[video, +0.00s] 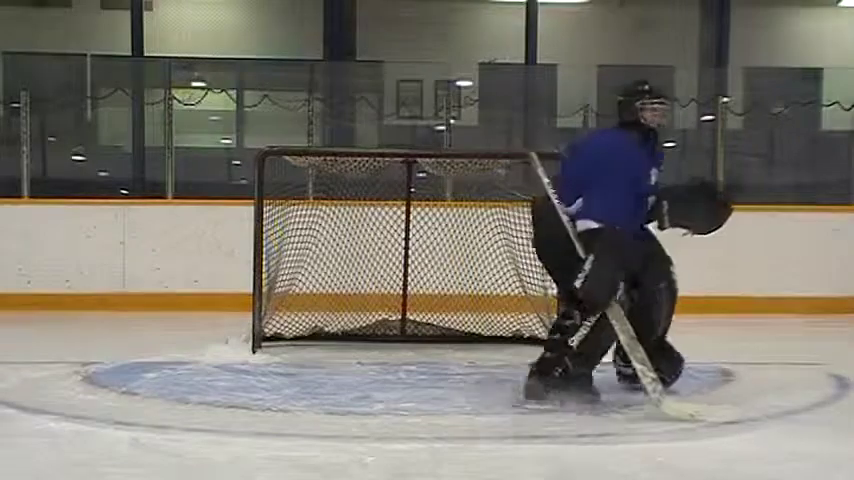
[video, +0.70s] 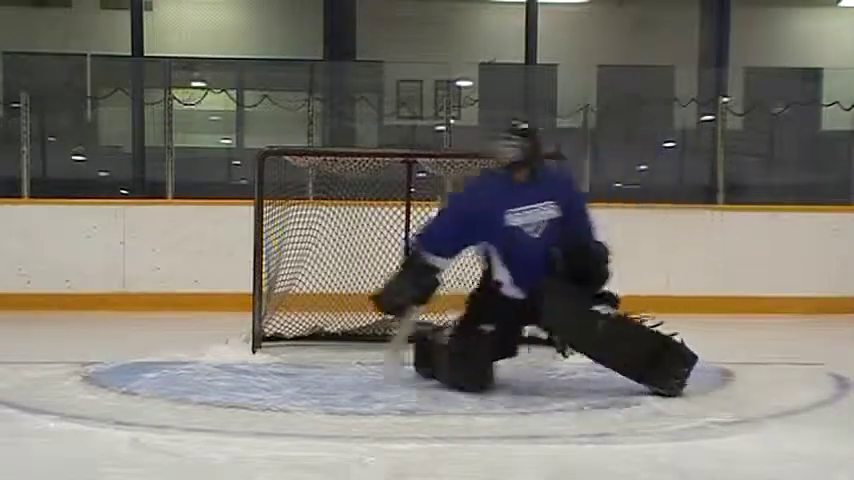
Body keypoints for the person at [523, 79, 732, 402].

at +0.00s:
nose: (659, 117)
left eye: (662, 111)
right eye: (653, 110)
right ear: (633, 112)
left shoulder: (652, 149)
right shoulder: (608, 144)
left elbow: (639, 198)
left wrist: (666, 207)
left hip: (634, 230)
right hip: (599, 228)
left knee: (659, 286)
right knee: (604, 298)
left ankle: (639, 361)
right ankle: (568, 369)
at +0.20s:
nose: (662, 118)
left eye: (666, 111)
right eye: (655, 110)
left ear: (669, 113)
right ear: (636, 112)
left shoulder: (663, 150)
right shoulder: (608, 147)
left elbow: (651, 207)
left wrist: (690, 210)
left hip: (642, 237)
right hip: (599, 238)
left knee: (671, 296)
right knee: (585, 306)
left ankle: (668, 364)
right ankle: (520, 367)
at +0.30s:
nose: (648, 120)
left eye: (655, 114)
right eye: (641, 113)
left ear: (663, 120)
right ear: (627, 115)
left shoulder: (665, 153)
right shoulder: (611, 151)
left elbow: (656, 209)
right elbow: (615, 209)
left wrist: (681, 220)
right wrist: (630, 256)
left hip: (628, 236)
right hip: (583, 234)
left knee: (662, 296)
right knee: (565, 299)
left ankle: (675, 372)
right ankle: (503, 363)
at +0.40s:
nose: (629, 127)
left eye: (636, 121)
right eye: (623, 119)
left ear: (646, 124)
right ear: (611, 122)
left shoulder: (653, 159)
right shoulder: (595, 156)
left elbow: (653, 211)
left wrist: (678, 228)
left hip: (627, 251)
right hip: (583, 251)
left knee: (656, 308)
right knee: (548, 316)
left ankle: (684, 374)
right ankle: (491, 365)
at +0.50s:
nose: (601, 141)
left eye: (609, 133)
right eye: (594, 133)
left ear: (621, 137)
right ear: (584, 137)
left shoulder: (640, 175)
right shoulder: (572, 174)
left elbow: (646, 225)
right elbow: (555, 237)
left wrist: (659, 241)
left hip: (605, 259)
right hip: (559, 258)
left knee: (637, 312)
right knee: (538, 325)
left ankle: (673, 374)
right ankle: (476, 364)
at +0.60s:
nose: (556, 150)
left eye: (564, 143)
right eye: (553, 142)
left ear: (581, 147)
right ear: (549, 147)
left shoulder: (609, 182)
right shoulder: (537, 187)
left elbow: (625, 225)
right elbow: (495, 235)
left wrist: (636, 255)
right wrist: (478, 277)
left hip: (587, 276)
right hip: (534, 279)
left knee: (619, 321)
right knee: (514, 347)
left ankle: (675, 372)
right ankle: (458, 359)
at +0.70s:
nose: (504, 157)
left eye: (512, 150)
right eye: (499, 150)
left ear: (530, 151)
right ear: (495, 154)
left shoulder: (558, 183)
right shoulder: (482, 193)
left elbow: (580, 233)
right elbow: (440, 237)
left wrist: (587, 269)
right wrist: (413, 279)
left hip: (554, 288)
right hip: (501, 292)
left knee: (581, 328)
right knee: (471, 373)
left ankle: (666, 363)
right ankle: (430, 348)